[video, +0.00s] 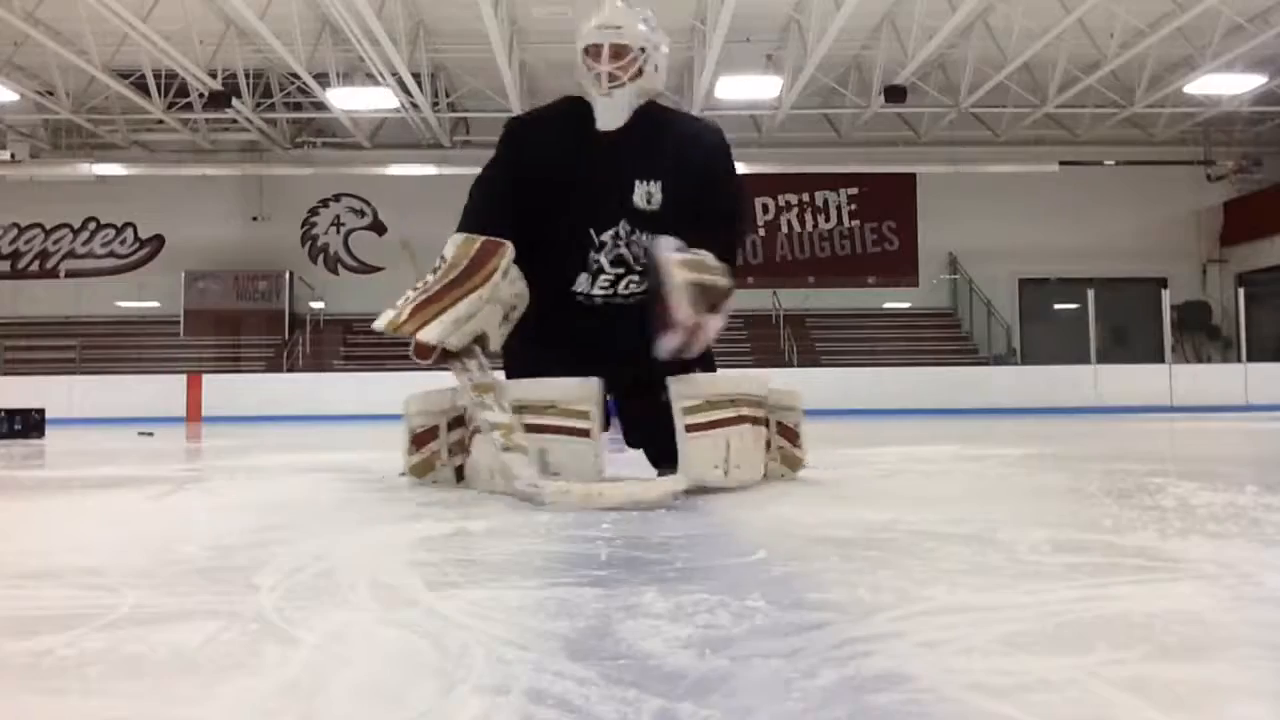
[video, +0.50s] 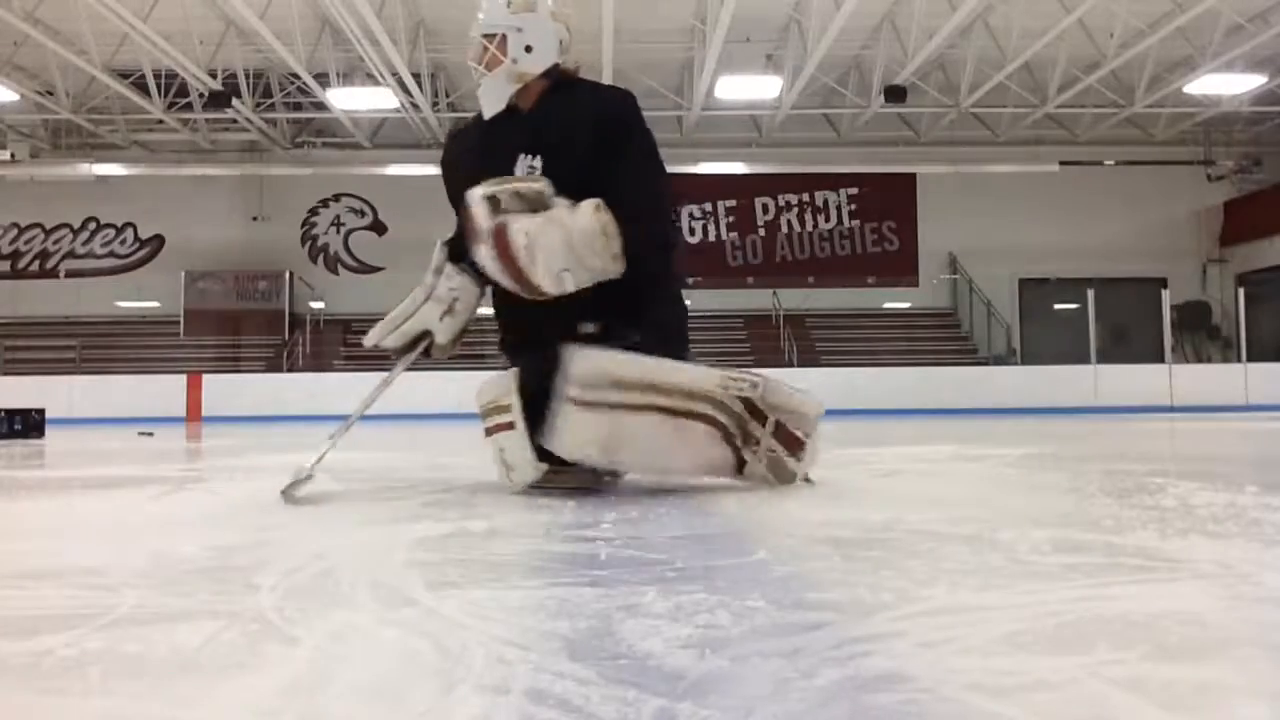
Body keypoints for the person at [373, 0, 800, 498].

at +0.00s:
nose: (606, 68)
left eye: (621, 55)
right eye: (594, 55)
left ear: (650, 61)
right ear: (579, 61)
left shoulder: (696, 143)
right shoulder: (530, 137)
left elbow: (718, 250)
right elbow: (480, 241)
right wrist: (453, 323)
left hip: (660, 366)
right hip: (548, 367)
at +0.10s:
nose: (575, 71)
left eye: (591, 59)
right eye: (570, 58)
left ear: (630, 64)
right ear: (562, 61)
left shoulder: (689, 140)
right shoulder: (525, 139)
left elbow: (703, 260)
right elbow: (493, 245)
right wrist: (449, 312)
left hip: (662, 360)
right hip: (550, 366)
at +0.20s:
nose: (549, 70)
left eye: (565, 55)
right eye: (543, 57)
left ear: (603, 57)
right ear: (532, 62)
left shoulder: (665, 128)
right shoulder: (513, 145)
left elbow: (665, 259)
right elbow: (507, 259)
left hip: (658, 354)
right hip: (556, 361)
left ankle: (684, 457)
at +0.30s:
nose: (516, 64)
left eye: (527, 48)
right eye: (513, 51)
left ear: (567, 49)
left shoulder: (627, 114)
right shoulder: (504, 142)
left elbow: (634, 236)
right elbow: (482, 237)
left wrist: (524, 253)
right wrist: (471, 294)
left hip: (653, 339)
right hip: (555, 352)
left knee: (699, 474)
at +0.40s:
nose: (487, 61)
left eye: (498, 46)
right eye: (487, 48)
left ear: (535, 50)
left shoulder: (606, 106)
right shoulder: (486, 141)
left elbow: (625, 220)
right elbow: (471, 233)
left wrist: (525, 249)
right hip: (552, 303)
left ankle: (670, 448)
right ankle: (587, 459)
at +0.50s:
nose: (479, 59)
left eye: (491, 44)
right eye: (480, 45)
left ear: (530, 45)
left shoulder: (606, 111)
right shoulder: (471, 144)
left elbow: (646, 224)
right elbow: (473, 242)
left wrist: (534, 244)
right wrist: (448, 299)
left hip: (633, 330)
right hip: (540, 344)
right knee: (561, 472)